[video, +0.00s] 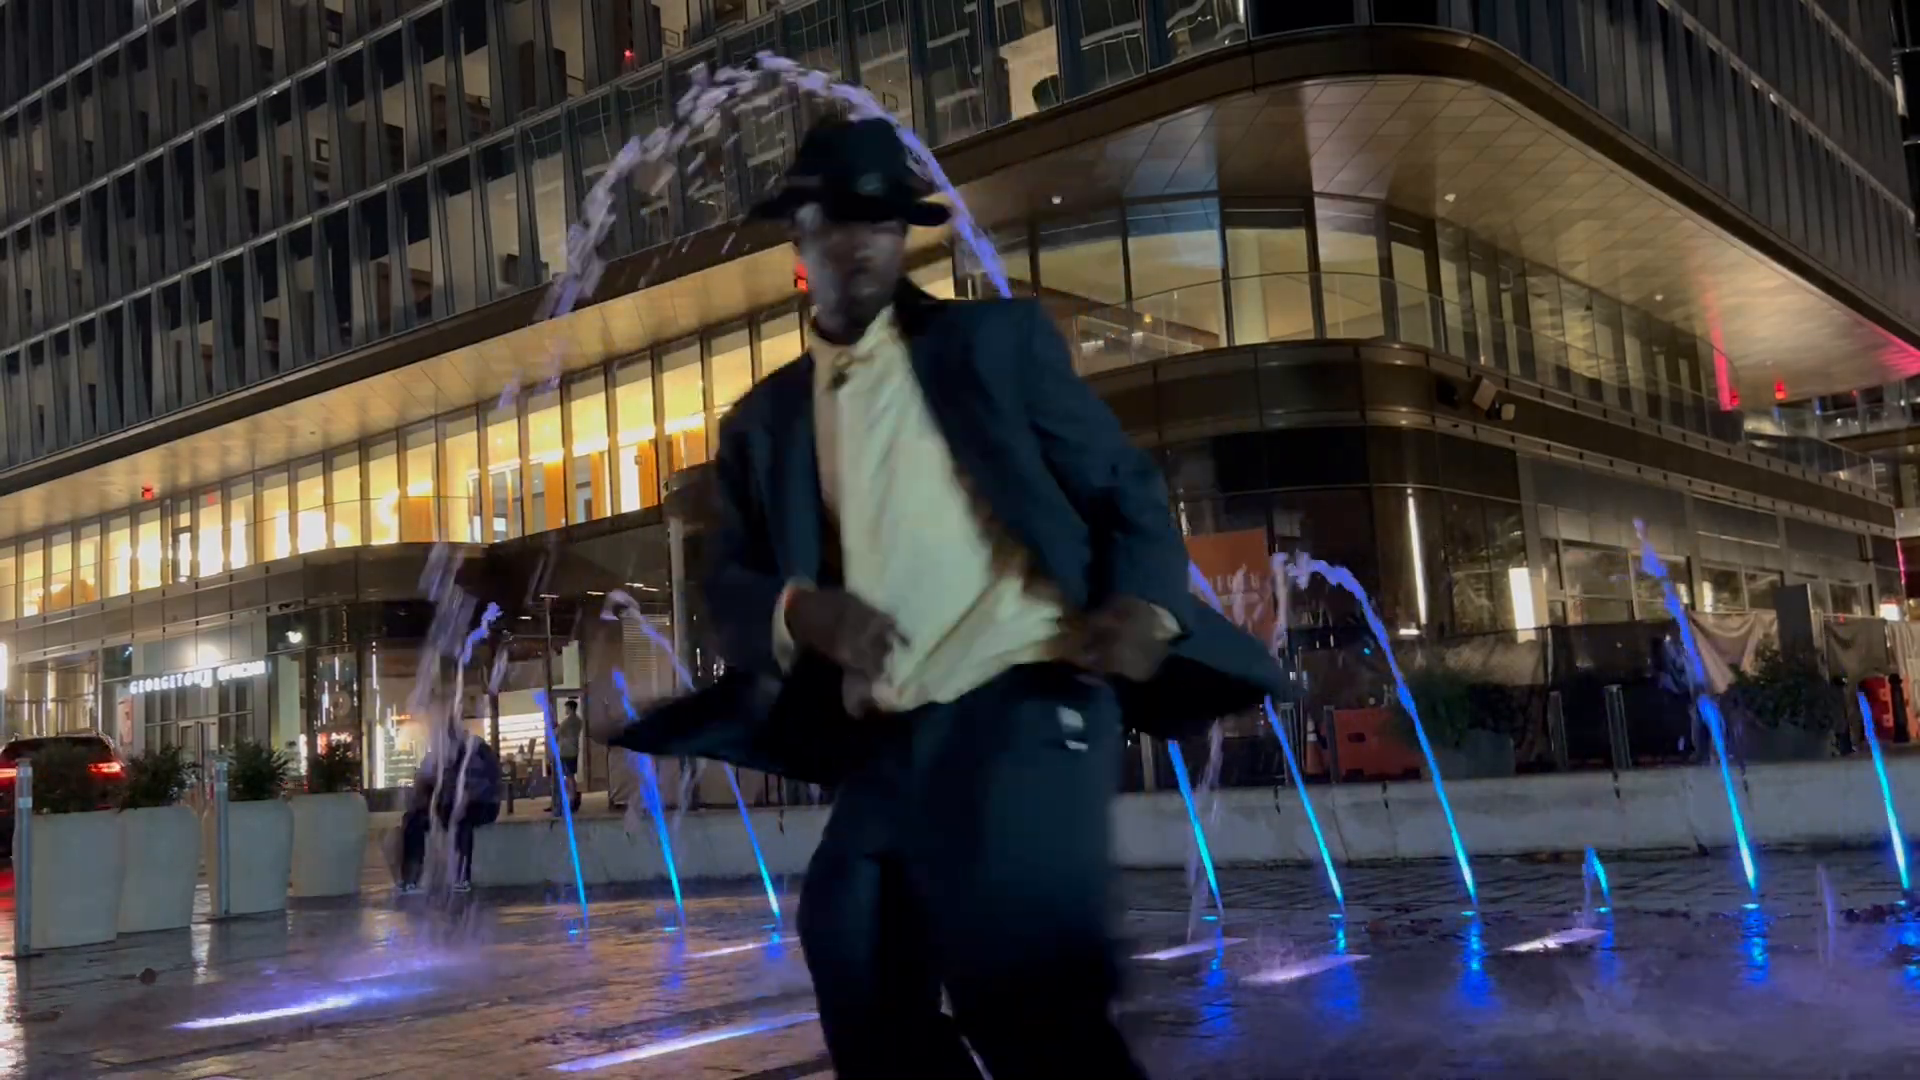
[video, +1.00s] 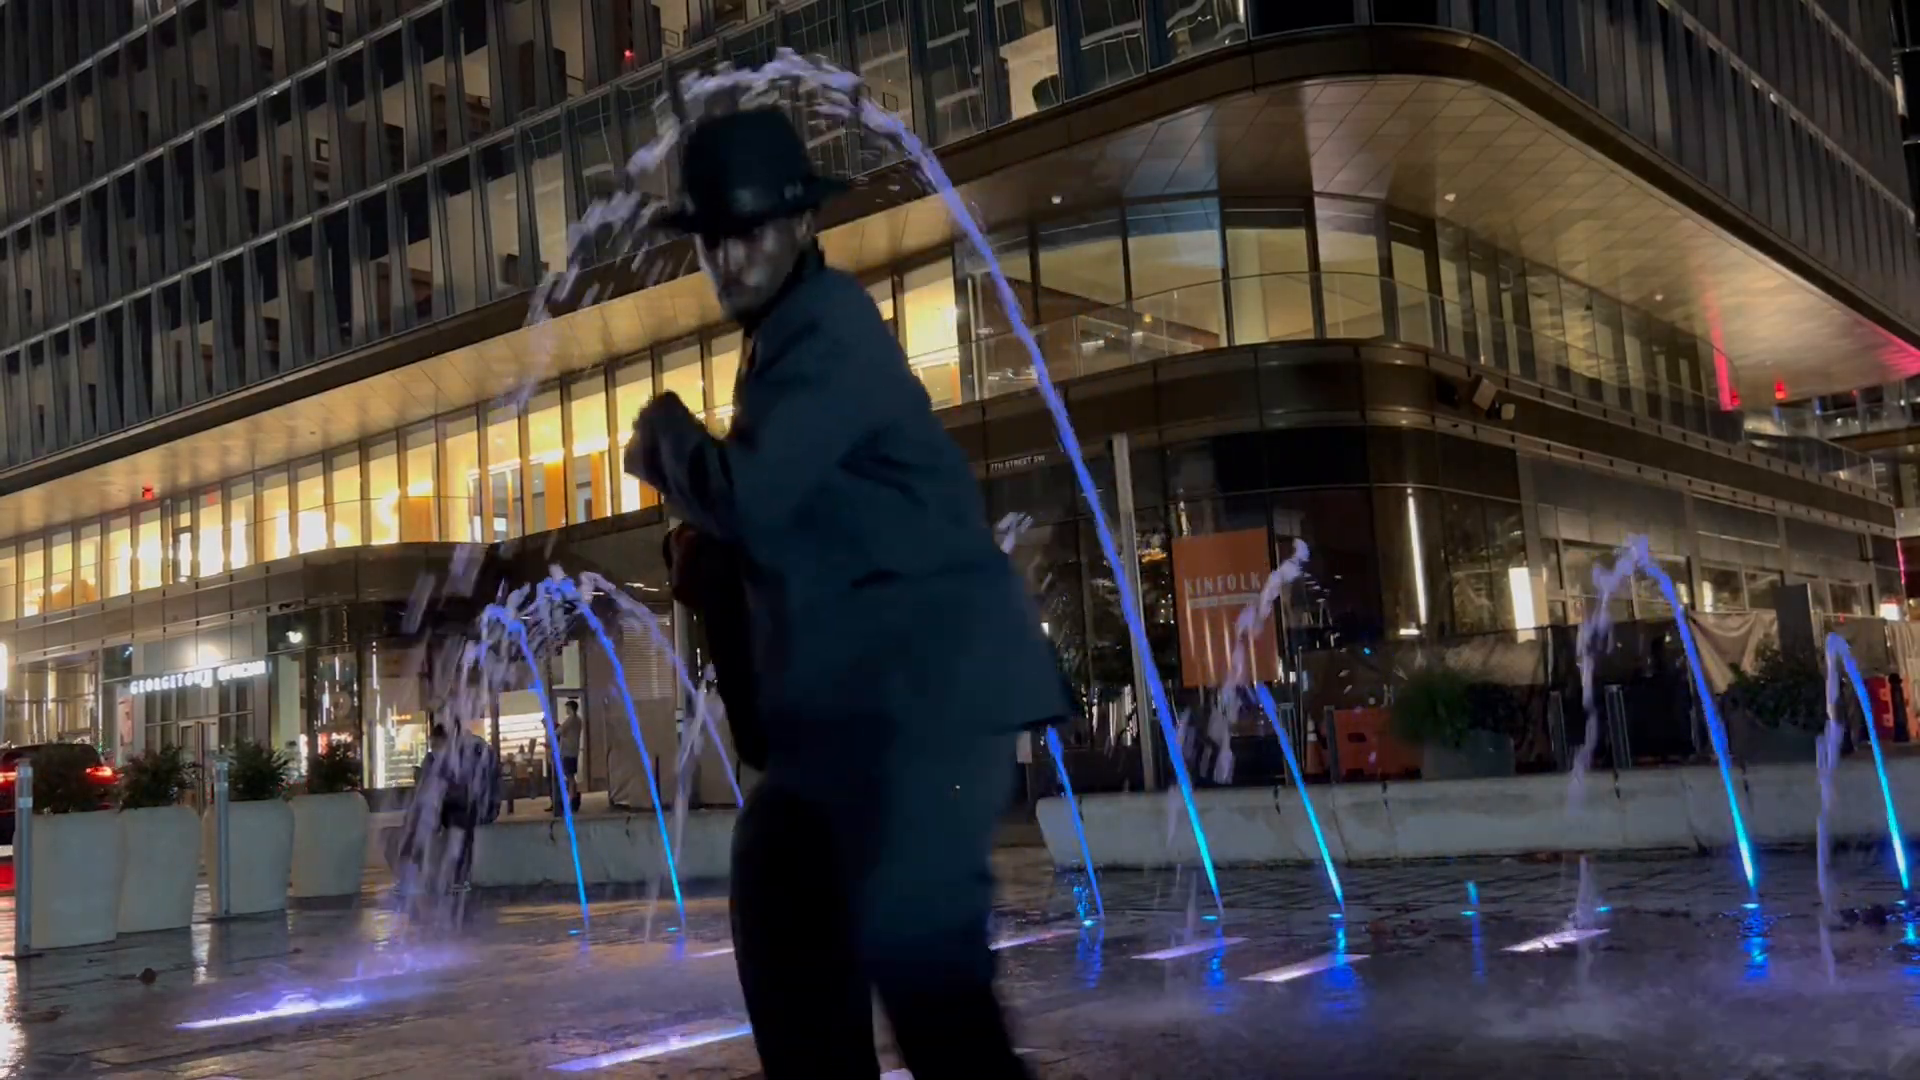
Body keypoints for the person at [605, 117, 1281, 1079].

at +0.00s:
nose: (858, 242)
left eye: (880, 219)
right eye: (833, 219)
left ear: (908, 235)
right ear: (797, 239)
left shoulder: (1003, 340)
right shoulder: (760, 422)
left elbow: (1129, 486)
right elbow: (724, 592)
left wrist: (1144, 604)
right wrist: (797, 608)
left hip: (1031, 705)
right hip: (888, 737)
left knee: (1024, 982)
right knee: (844, 938)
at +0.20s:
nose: (753, 211)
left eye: (778, 184)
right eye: (738, 190)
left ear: (839, 188)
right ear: (727, 200)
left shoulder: (907, 275)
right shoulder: (780, 341)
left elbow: (1022, 424)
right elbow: (825, 512)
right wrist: (778, 556)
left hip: (958, 655)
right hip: (892, 664)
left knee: (819, 907)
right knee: (965, 931)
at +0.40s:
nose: (700, 224)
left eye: (725, 196)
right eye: (692, 204)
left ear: (802, 205)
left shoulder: (818, 334)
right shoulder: (821, 329)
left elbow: (812, 525)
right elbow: (892, 534)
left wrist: (606, 549)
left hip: (839, 756)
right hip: (860, 749)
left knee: (740, 1000)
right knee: (909, 998)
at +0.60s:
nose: (658, 218)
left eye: (681, 193)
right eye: (657, 196)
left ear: (757, 206)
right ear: (746, 211)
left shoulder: (772, 324)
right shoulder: (774, 316)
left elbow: (737, 526)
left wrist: (669, 482)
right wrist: (983, 664)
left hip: (838, 705)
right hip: (853, 700)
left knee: (751, 952)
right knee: (793, 951)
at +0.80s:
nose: (693, 276)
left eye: (712, 248)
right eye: (687, 254)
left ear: (779, 241)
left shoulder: (828, 346)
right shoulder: (788, 354)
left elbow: (779, 520)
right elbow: (793, 530)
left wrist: (682, 472)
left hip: (876, 718)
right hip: (849, 717)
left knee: (717, 928)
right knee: (795, 954)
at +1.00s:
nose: (728, 258)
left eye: (748, 231)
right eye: (710, 240)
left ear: (802, 225)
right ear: (697, 248)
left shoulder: (826, 332)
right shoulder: (786, 340)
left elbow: (761, 502)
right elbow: (813, 533)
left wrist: (667, 436)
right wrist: (715, 565)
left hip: (932, 693)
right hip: (858, 693)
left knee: (916, 927)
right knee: (780, 910)